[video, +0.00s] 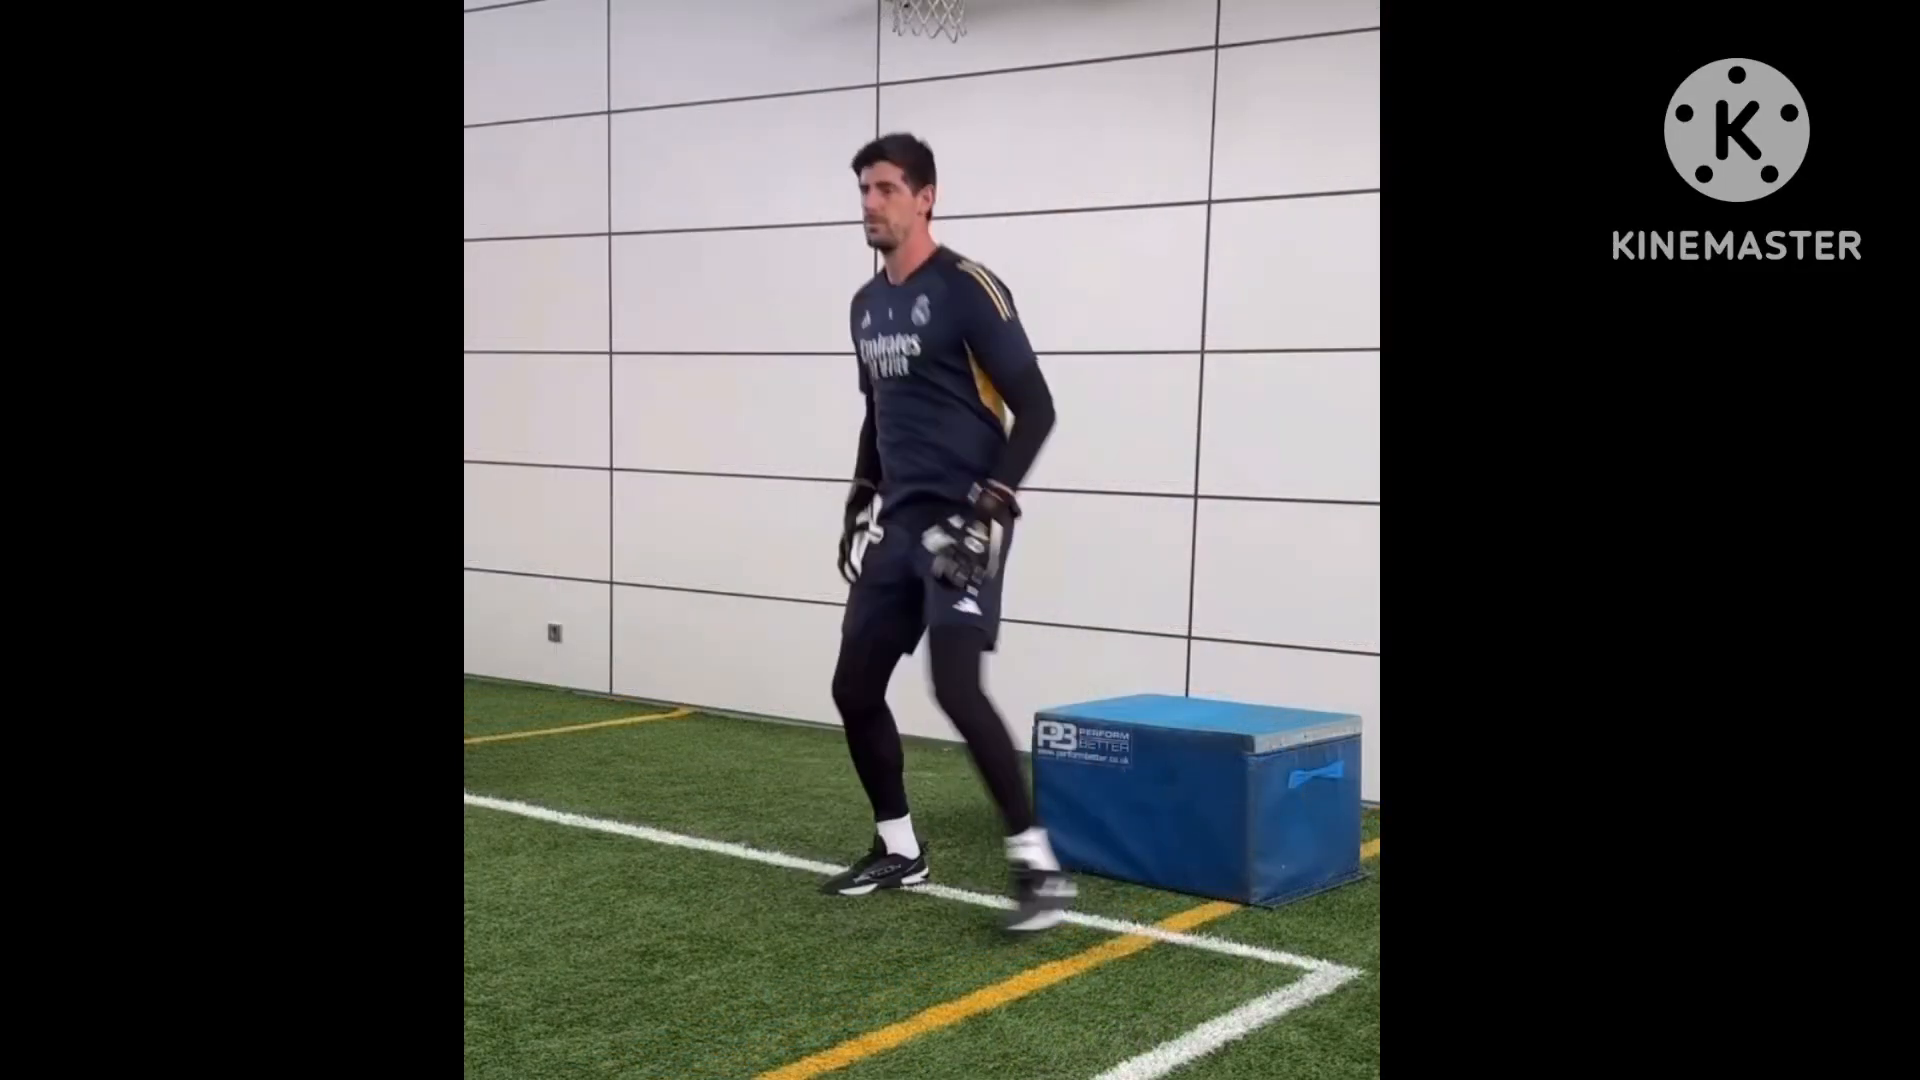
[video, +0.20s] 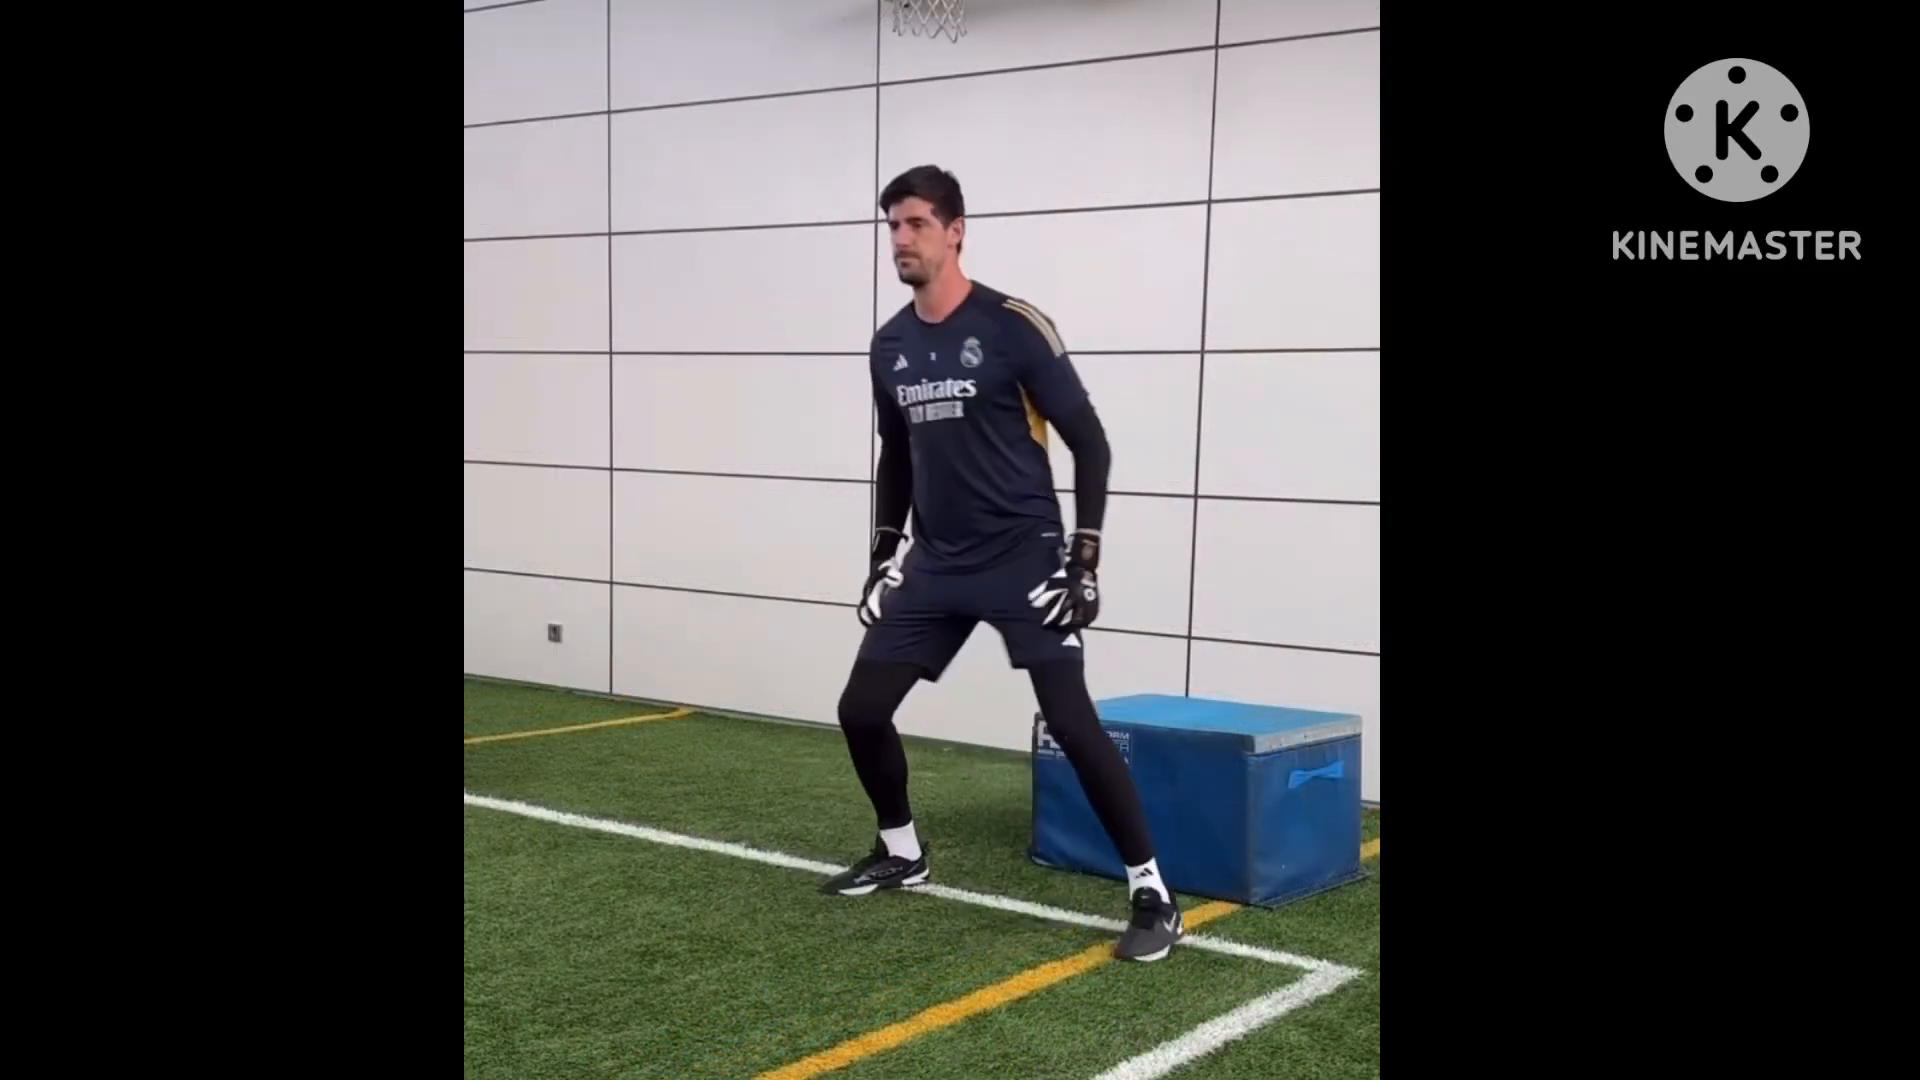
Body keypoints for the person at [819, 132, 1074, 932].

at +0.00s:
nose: (869, 203)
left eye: (884, 189)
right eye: (863, 190)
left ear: (925, 198)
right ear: (862, 202)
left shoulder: (969, 287)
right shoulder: (867, 305)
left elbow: (1038, 411)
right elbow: (880, 413)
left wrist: (986, 510)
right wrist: (859, 503)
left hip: (965, 519)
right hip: (898, 522)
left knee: (957, 686)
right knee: (855, 686)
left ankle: (1040, 867)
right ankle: (899, 852)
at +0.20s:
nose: (901, 239)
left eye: (916, 224)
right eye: (894, 226)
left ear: (956, 232)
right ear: (890, 238)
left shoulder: (1015, 326)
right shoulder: (890, 346)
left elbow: (1091, 443)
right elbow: (895, 456)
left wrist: (1085, 558)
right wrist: (885, 553)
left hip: (1024, 556)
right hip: (934, 562)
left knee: (1073, 722)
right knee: (861, 711)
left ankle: (1150, 891)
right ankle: (901, 852)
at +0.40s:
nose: (952, 220)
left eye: (966, 204)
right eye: (943, 207)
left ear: (1004, 205)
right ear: (935, 217)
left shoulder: (1056, 297)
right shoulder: (929, 312)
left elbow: (1126, 410)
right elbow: (889, 408)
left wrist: (1046, 442)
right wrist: (863, 432)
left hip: (1047, 548)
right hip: (957, 547)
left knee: (1087, 717)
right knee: (890, 700)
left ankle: (1153, 889)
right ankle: (904, 853)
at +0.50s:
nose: (972, 223)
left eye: (985, 207)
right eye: (961, 210)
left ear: (1021, 206)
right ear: (952, 216)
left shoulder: (1064, 290)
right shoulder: (942, 298)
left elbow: (1101, 380)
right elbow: (857, 382)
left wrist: (1010, 330)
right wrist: (860, 334)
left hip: (1051, 543)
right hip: (964, 541)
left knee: (1086, 716)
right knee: (893, 698)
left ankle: (1152, 890)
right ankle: (903, 853)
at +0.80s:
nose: (988, 212)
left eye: (1001, 195)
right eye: (977, 200)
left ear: (1038, 194)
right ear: (970, 209)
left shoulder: (1087, 290)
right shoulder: (959, 294)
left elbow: (1119, 399)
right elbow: (903, 403)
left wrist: (1033, 349)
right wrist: (911, 333)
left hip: (1057, 540)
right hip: (967, 537)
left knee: (1095, 713)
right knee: (913, 699)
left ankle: (1153, 891)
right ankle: (903, 853)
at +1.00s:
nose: (830, 192)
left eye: (842, 180)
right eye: (832, 179)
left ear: (882, 188)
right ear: (884, 190)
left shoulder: (888, 258)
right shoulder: (902, 262)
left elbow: (930, 368)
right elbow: (905, 381)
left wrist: (872, 452)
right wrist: (844, 446)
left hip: (904, 487)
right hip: (947, 489)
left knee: (825, 654)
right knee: (908, 648)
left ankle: (808, 848)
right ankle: (966, 818)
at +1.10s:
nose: (842, 166)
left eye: (856, 153)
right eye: (840, 154)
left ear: (898, 161)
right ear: (854, 166)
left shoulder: (925, 234)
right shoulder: (873, 249)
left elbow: (988, 348)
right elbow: (885, 363)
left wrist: (920, 433)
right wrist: (838, 434)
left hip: (936, 459)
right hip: (897, 457)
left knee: (865, 634)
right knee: (875, 636)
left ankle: (863, 832)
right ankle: (951, 800)